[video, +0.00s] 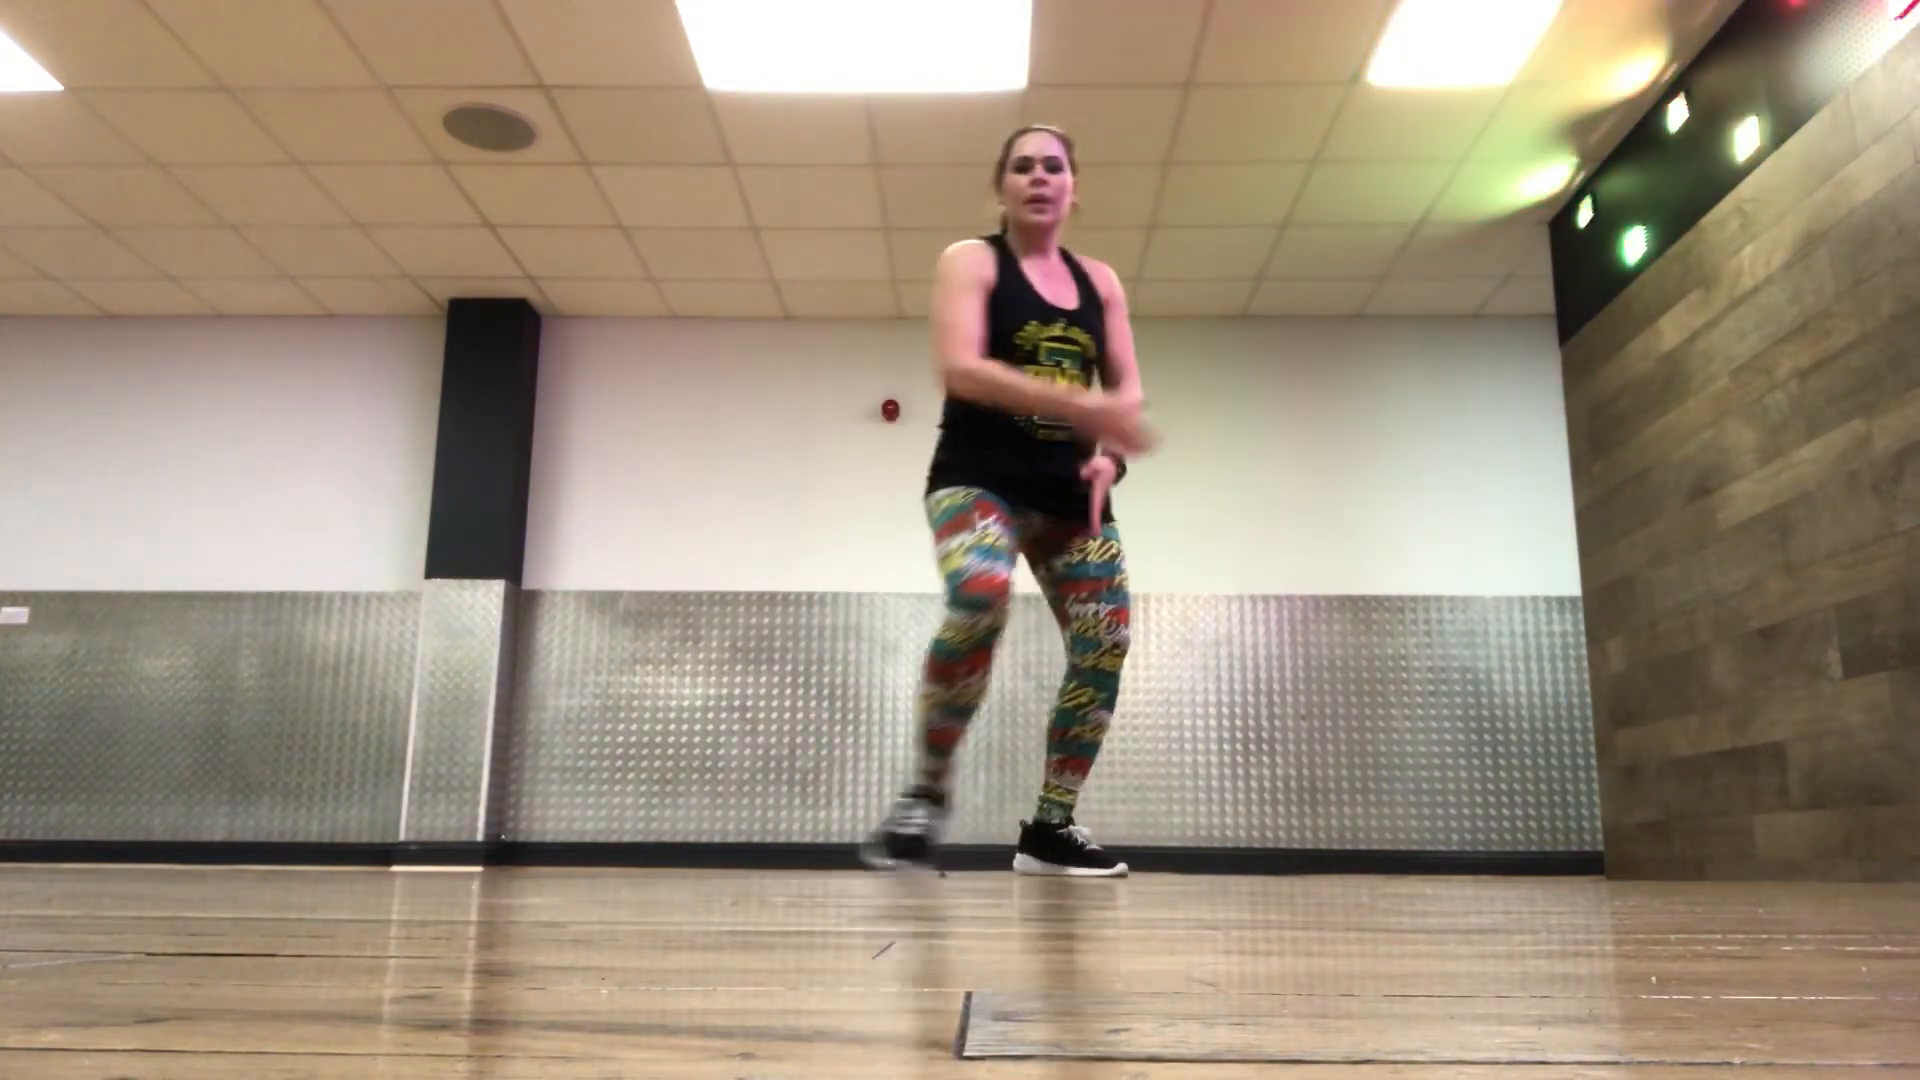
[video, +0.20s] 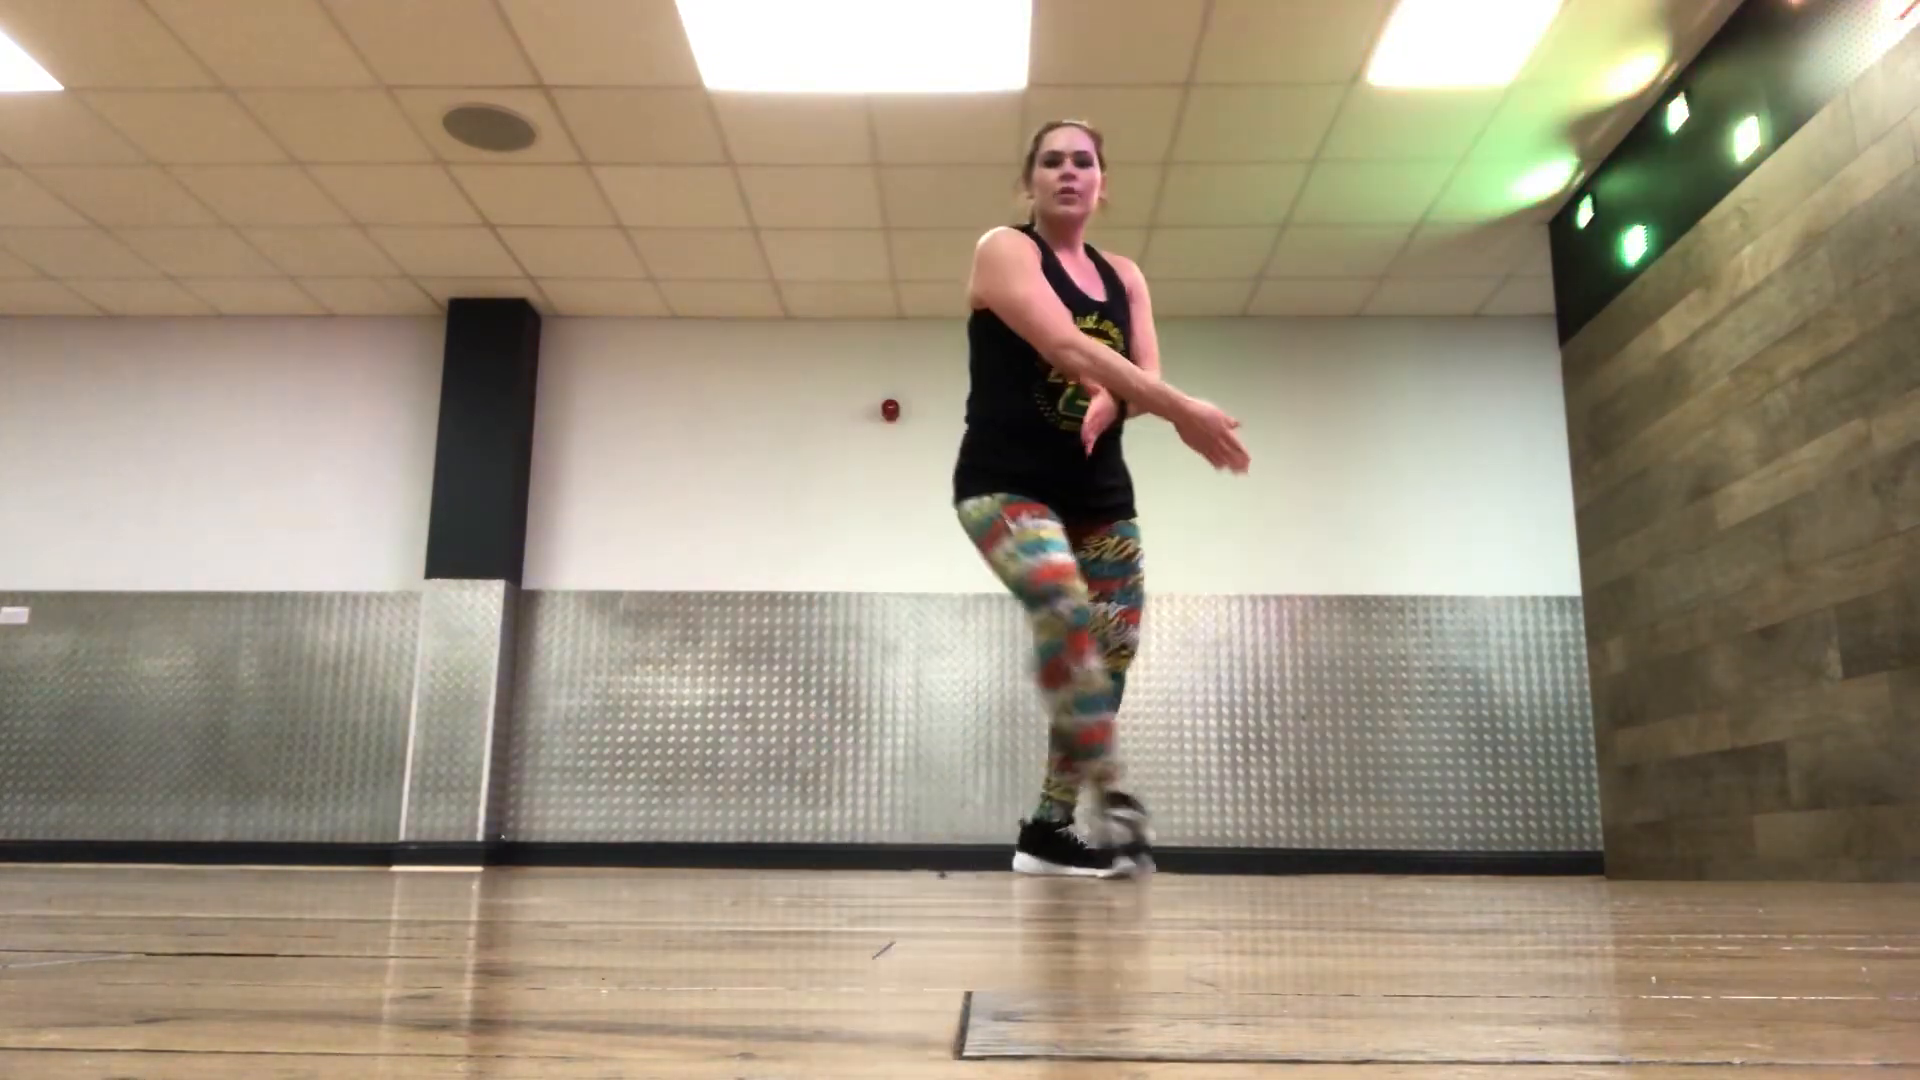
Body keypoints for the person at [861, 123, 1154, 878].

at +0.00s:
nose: (1040, 178)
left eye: (1053, 168)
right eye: (1025, 168)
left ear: (1074, 188)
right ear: (1000, 187)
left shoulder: (1099, 281)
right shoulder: (970, 263)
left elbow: (1126, 391)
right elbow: (958, 370)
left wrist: (1108, 452)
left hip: (1067, 490)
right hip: (975, 478)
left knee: (1103, 635)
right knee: (981, 596)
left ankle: (1051, 824)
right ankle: (925, 797)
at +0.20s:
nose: (1071, 172)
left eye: (1084, 162)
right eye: (1055, 162)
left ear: (1103, 184)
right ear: (1028, 182)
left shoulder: (1124, 275)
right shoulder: (1002, 252)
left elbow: (1150, 375)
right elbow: (1065, 350)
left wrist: (1111, 398)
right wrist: (1180, 411)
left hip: (1097, 490)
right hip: (1006, 482)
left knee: (1112, 647)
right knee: (1063, 602)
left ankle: (1048, 826)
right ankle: (1111, 799)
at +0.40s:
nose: (1074, 180)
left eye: (1087, 169)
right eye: (1058, 170)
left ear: (1108, 188)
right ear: (1036, 190)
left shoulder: (1142, 281)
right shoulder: (1005, 265)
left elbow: (1166, 390)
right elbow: (1001, 365)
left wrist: (1124, 442)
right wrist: (1120, 384)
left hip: (1122, 492)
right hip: (1024, 488)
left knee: (1148, 651)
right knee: (1081, 611)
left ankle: (1111, 804)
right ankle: (1124, 806)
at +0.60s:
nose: (1059, 181)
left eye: (1072, 170)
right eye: (1043, 172)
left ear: (1095, 188)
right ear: (1023, 193)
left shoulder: (1139, 271)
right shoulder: (993, 273)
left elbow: (1193, 376)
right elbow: (912, 339)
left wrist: (1150, 469)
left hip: (1117, 493)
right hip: (1023, 493)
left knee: (1108, 651)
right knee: (992, 591)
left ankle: (1101, 821)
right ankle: (1055, 793)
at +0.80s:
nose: (1024, 193)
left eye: (1036, 181)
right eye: (1008, 184)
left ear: (1060, 198)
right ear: (990, 206)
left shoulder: (1097, 270)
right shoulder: (971, 291)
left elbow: (1166, 364)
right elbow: (878, 338)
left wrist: (1120, 466)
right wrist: (848, 256)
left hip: (1098, 492)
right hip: (1019, 500)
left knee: (1087, 648)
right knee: (954, 626)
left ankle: (1098, 830)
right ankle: (987, 819)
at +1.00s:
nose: (981, 211)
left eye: (995, 199)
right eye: (968, 204)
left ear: (1022, 214)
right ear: (954, 223)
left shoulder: (1050, 266)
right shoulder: (949, 307)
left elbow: (1000, 295)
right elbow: (867, 362)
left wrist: (954, 316)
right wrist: (830, 296)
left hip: (1053, 494)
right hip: (985, 505)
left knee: (1016, 640)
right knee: (943, 646)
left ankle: (1099, 812)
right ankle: (990, 829)